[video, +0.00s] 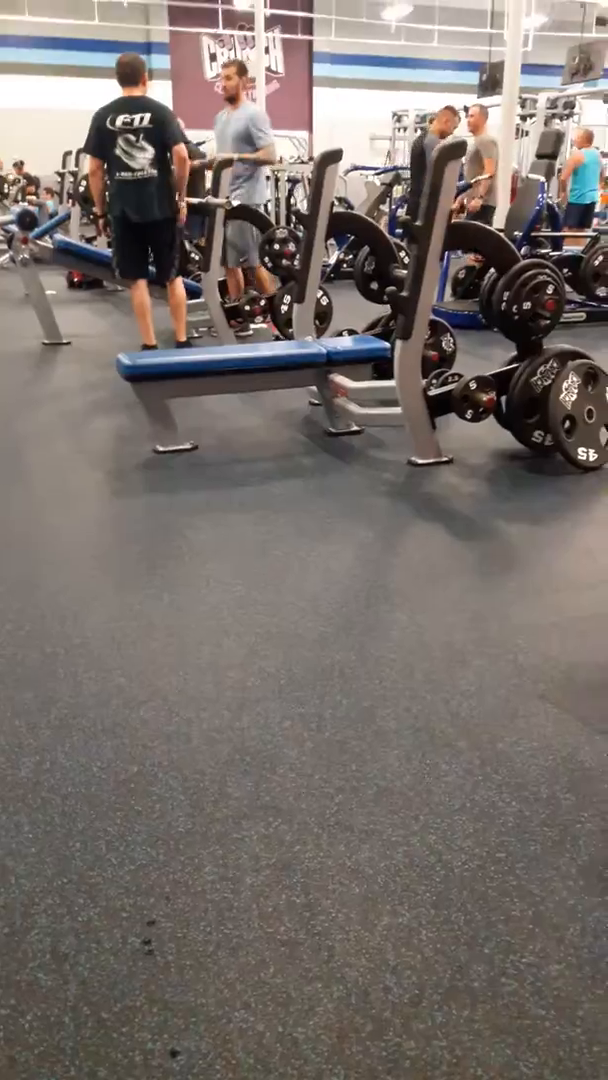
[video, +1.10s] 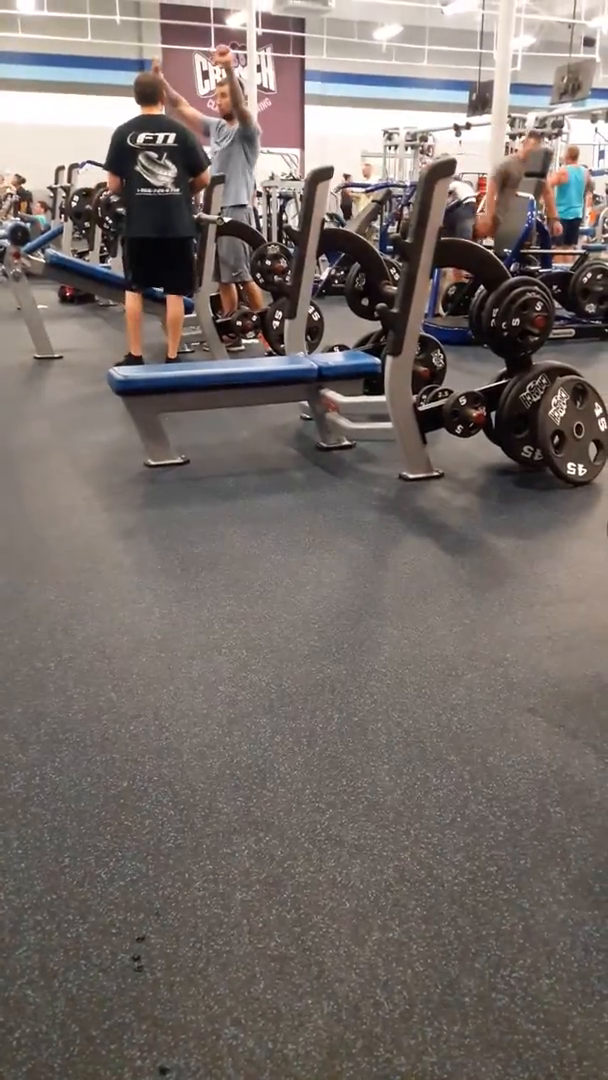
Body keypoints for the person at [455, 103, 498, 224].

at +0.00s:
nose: (468, 120)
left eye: (472, 116)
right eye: (468, 116)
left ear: (483, 118)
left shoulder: (486, 141)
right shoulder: (475, 142)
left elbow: (489, 171)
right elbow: (474, 178)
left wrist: (479, 197)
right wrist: (462, 197)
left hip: (484, 202)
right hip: (475, 201)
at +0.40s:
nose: (478, 136)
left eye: (482, 131)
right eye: (477, 132)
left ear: (493, 133)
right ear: (474, 132)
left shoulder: (498, 157)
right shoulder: (472, 155)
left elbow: (501, 186)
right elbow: (461, 185)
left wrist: (491, 213)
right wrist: (457, 213)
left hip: (488, 218)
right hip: (468, 216)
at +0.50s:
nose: (491, 139)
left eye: (495, 135)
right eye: (490, 134)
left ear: (502, 136)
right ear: (486, 135)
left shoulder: (507, 158)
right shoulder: (480, 158)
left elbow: (510, 189)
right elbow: (469, 187)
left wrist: (498, 216)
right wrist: (460, 213)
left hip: (493, 218)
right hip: (474, 216)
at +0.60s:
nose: (498, 142)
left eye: (502, 139)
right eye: (496, 138)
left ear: (509, 140)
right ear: (492, 137)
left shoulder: (514, 161)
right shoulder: (484, 157)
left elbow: (516, 192)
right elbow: (473, 187)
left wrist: (502, 218)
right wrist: (462, 214)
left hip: (500, 221)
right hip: (481, 218)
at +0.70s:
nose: (506, 147)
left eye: (510, 143)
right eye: (504, 143)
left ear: (515, 143)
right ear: (499, 140)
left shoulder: (521, 165)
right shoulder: (487, 161)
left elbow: (526, 192)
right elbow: (474, 190)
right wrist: (466, 216)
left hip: (511, 220)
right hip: (487, 216)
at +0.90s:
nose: (520, 149)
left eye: (523, 146)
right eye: (517, 145)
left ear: (527, 145)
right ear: (509, 142)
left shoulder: (530, 164)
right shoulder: (494, 162)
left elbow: (539, 193)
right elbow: (480, 191)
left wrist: (545, 218)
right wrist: (477, 218)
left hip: (519, 219)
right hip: (495, 217)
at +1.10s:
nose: (533, 149)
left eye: (536, 145)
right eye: (531, 145)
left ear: (539, 148)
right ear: (523, 144)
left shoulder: (537, 167)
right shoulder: (505, 166)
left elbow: (547, 193)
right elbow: (491, 194)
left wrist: (554, 219)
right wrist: (488, 219)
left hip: (529, 220)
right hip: (505, 220)